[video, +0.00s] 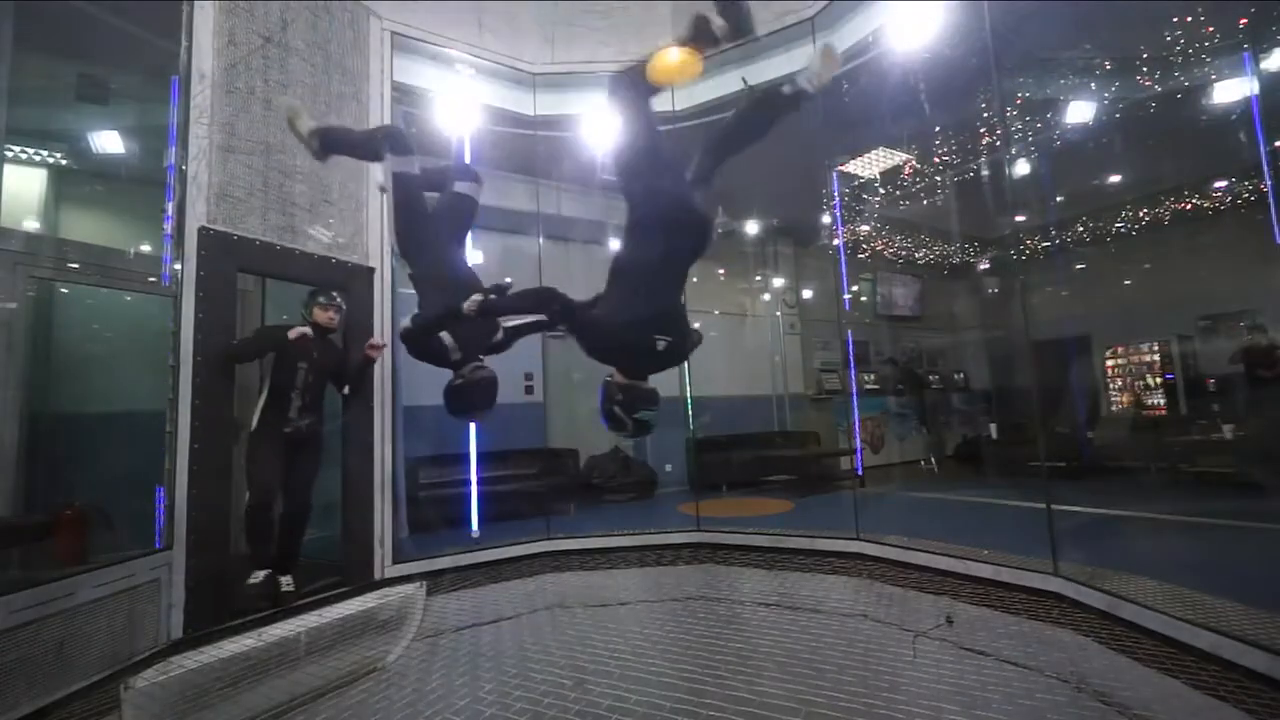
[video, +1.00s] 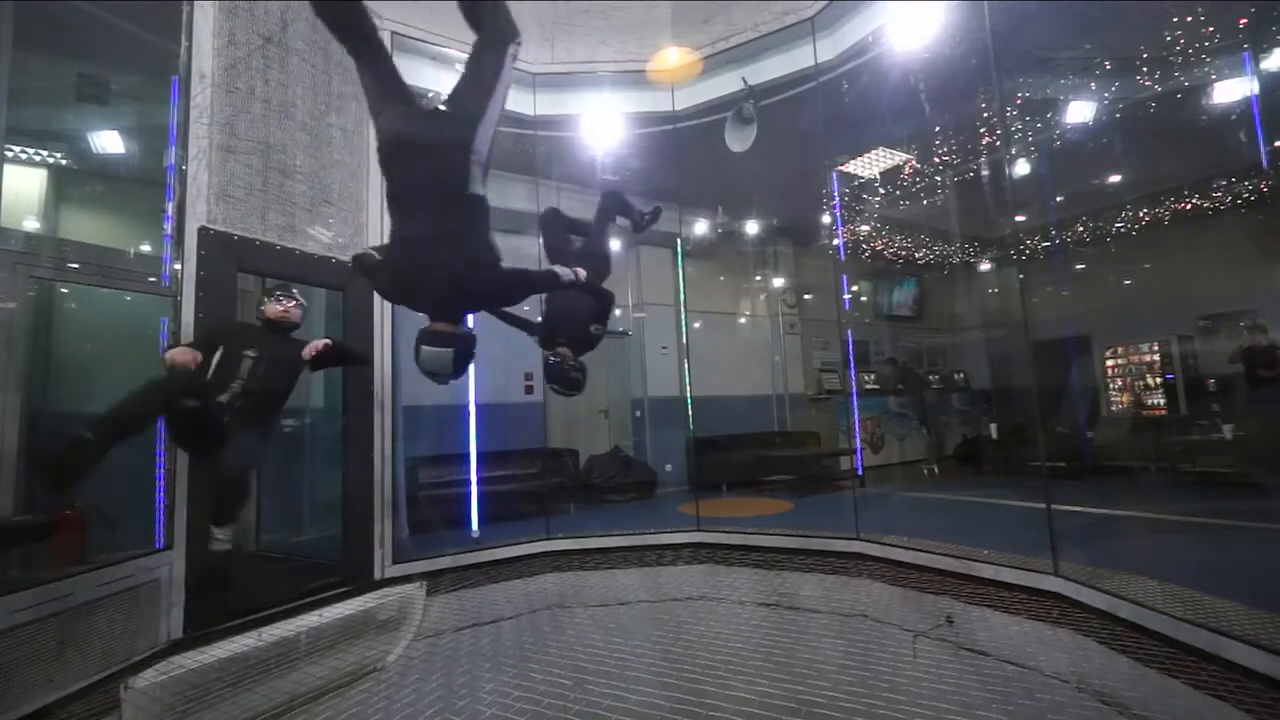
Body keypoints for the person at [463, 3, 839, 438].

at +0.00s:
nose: (627, 393)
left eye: (620, 407)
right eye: (631, 409)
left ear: (611, 394)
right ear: (638, 396)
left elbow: (549, 305)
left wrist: (489, 310)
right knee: (716, 151)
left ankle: (691, 46)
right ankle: (802, 88)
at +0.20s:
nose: (666, 394)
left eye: (659, 398)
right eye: (664, 399)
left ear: (645, 388)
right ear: (656, 388)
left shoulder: (680, 354)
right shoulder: (646, 344)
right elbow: (606, 299)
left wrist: (536, 302)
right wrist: (542, 305)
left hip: (709, 248)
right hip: (691, 235)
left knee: (722, 171)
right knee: (672, 118)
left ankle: (804, 141)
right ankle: (749, 102)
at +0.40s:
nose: (662, 389)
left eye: (655, 389)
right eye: (660, 392)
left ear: (644, 376)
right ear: (649, 376)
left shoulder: (664, 350)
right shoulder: (661, 343)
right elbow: (628, 303)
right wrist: (571, 304)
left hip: (699, 253)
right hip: (693, 248)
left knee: (705, 193)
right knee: (683, 143)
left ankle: (775, 146)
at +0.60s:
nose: (631, 370)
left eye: (629, 374)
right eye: (632, 374)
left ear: (623, 368)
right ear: (632, 369)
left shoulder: (629, 339)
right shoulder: (645, 340)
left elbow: (610, 315)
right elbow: (643, 300)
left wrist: (587, 309)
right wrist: (588, 300)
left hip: (657, 259)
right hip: (668, 254)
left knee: (659, 210)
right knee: (655, 169)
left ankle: (724, 178)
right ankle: (701, 170)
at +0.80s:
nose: (593, 360)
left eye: (591, 363)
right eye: (595, 364)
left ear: (593, 359)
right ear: (602, 362)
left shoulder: (588, 336)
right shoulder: (622, 343)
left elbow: (564, 324)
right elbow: (625, 301)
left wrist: (537, 312)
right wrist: (589, 293)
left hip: (606, 266)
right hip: (634, 263)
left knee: (591, 215)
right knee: (629, 184)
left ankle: (641, 218)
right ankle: (675, 196)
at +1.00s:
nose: (563, 360)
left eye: (559, 364)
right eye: (571, 366)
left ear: (550, 362)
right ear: (575, 362)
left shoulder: (544, 337)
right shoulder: (589, 339)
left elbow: (516, 321)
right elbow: (608, 299)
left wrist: (491, 309)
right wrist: (581, 280)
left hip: (560, 271)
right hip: (591, 271)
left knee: (549, 216)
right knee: (611, 197)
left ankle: (596, 231)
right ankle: (638, 219)